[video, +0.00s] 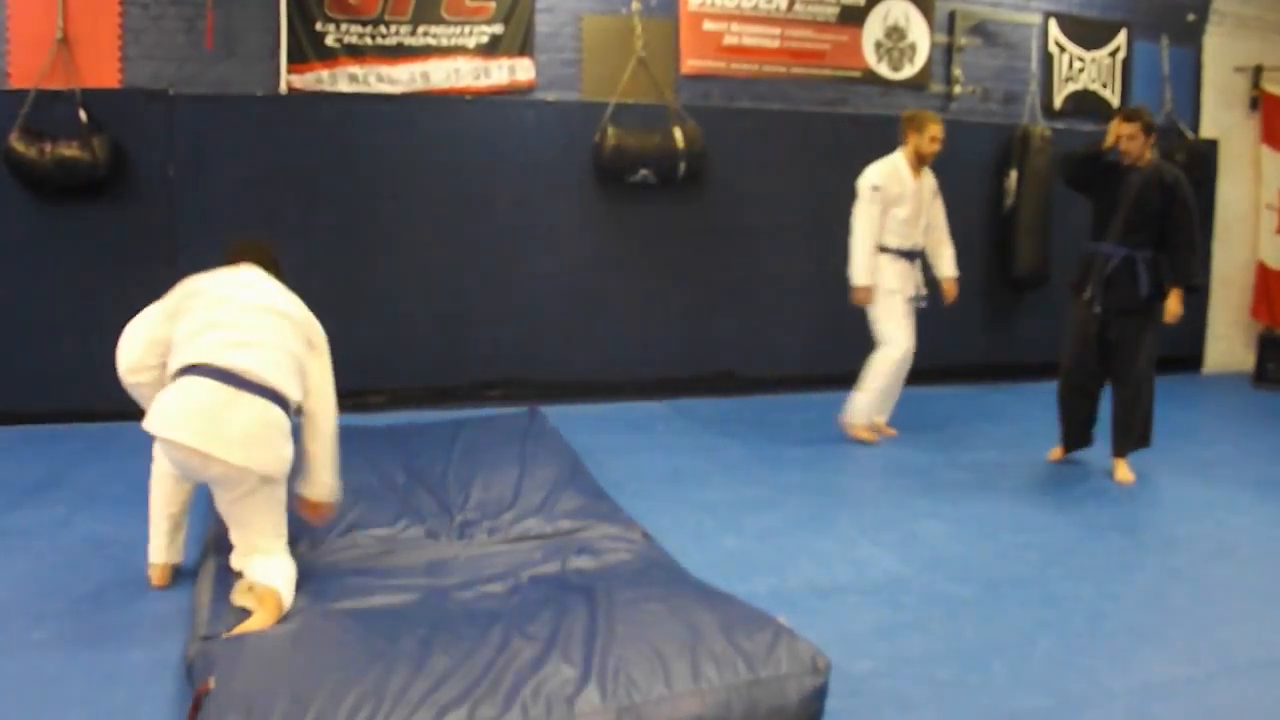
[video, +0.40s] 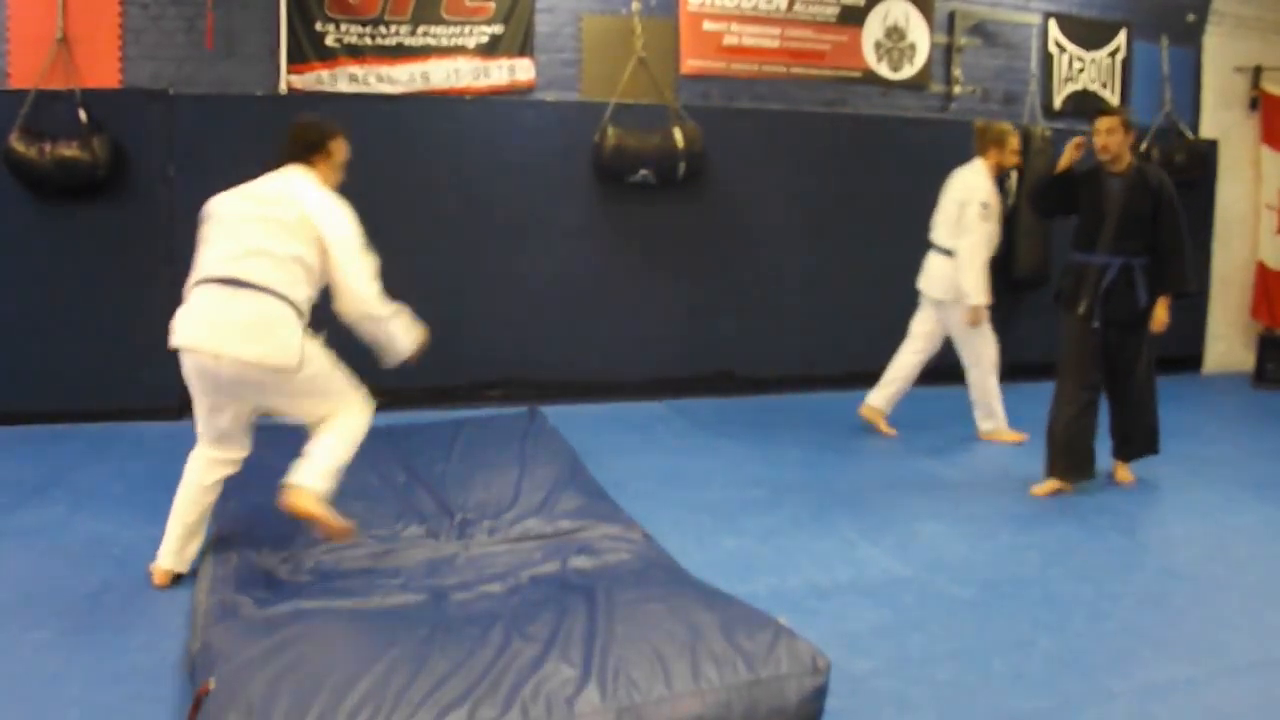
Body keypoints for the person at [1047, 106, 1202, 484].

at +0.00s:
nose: (1123, 146)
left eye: (1130, 139)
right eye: (1119, 139)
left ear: (1148, 140)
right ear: (1114, 141)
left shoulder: (1169, 181)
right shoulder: (1107, 172)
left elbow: (1181, 240)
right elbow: (1072, 174)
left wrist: (1176, 290)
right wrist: (1102, 147)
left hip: (1140, 284)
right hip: (1097, 279)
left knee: (1133, 371)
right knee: (1078, 363)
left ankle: (1121, 453)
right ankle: (1072, 439)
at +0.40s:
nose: (1102, 141)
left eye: (1110, 133)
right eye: (1097, 134)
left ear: (1128, 137)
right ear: (1091, 139)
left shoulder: (1154, 183)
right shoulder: (1085, 179)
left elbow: (1170, 244)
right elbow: (1043, 204)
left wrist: (1164, 298)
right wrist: (1061, 168)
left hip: (1132, 292)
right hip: (1085, 288)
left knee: (1128, 376)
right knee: (1074, 379)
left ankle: (1123, 458)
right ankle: (1063, 471)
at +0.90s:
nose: (1073, 127)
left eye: (1082, 118)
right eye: (1068, 120)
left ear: (1104, 122)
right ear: (1064, 128)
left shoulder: (1134, 172)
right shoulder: (1056, 177)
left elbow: (1155, 238)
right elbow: (1034, 239)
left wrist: (1146, 292)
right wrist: (1031, 206)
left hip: (1119, 292)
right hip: (1068, 291)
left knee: (1125, 389)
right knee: (1061, 386)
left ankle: (1126, 481)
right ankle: (1057, 473)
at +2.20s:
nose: (1119, 131)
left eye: (1128, 123)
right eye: (1115, 123)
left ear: (1151, 125)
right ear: (1112, 126)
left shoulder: (1178, 175)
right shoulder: (1110, 176)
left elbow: (1190, 247)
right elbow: (1090, 239)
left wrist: (1179, 308)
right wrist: (1069, 235)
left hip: (1160, 299)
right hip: (1120, 296)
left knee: (1131, 387)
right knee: (1117, 388)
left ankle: (1131, 490)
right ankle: (1118, 481)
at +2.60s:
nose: (1110, 149)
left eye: (1119, 140)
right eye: (1104, 140)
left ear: (1140, 139)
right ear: (1096, 140)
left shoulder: (1163, 190)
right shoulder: (1086, 187)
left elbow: (1186, 262)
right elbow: (1071, 250)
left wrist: (1198, 330)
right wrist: (1071, 306)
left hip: (1140, 308)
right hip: (1093, 308)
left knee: (1124, 407)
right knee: (1106, 404)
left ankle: (1120, 519)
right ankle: (1126, 486)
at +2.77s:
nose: (1111, 157)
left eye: (1121, 148)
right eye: (1105, 147)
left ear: (1142, 148)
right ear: (1096, 145)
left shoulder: (1162, 204)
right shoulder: (1070, 187)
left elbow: (1176, 277)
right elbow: (1038, 245)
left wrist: (1173, 343)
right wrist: (1031, 305)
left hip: (1122, 324)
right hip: (1066, 318)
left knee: (1110, 430)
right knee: (1051, 422)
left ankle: (1119, 534)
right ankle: (1095, 464)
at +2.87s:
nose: (1107, 164)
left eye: (1117, 154)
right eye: (1100, 152)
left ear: (1134, 153)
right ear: (1089, 149)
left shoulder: (1151, 209)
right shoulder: (1057, 189)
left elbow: (1161, 284)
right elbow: (1017, 250)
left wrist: (1153, 348)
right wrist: (1000, 315)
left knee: (1105, 439)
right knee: (1018, 426)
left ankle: (1120, 537)